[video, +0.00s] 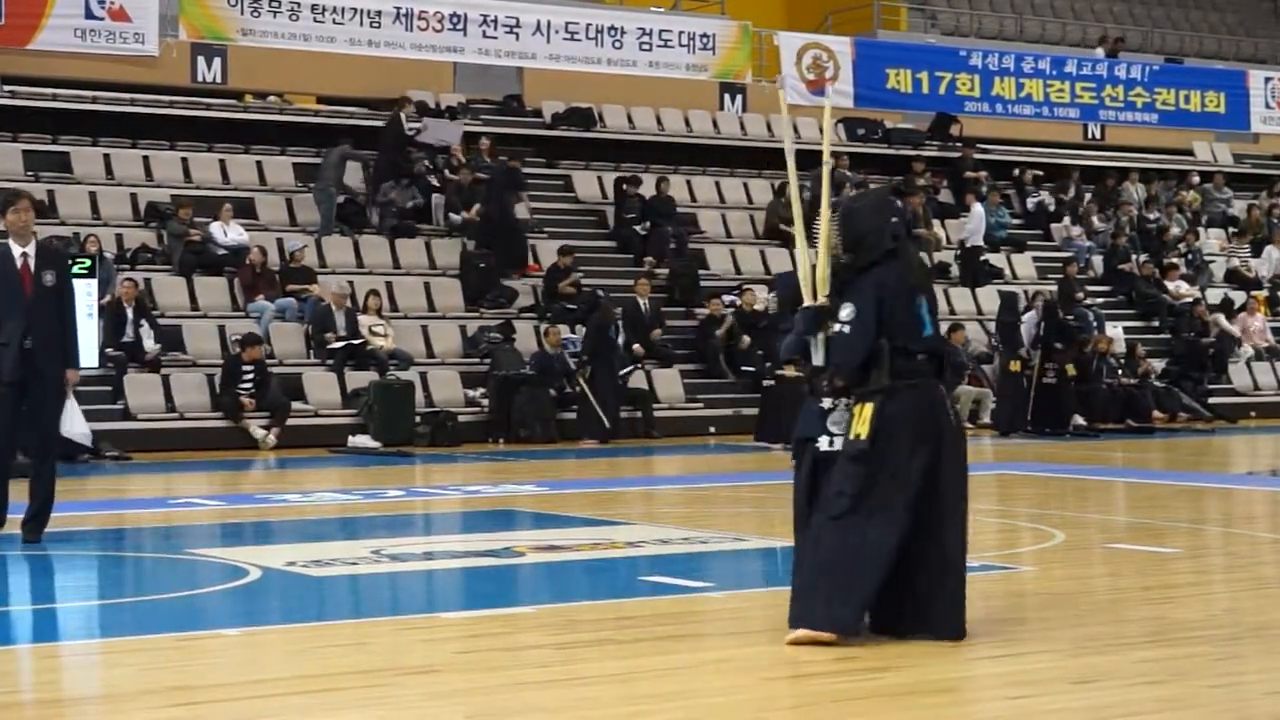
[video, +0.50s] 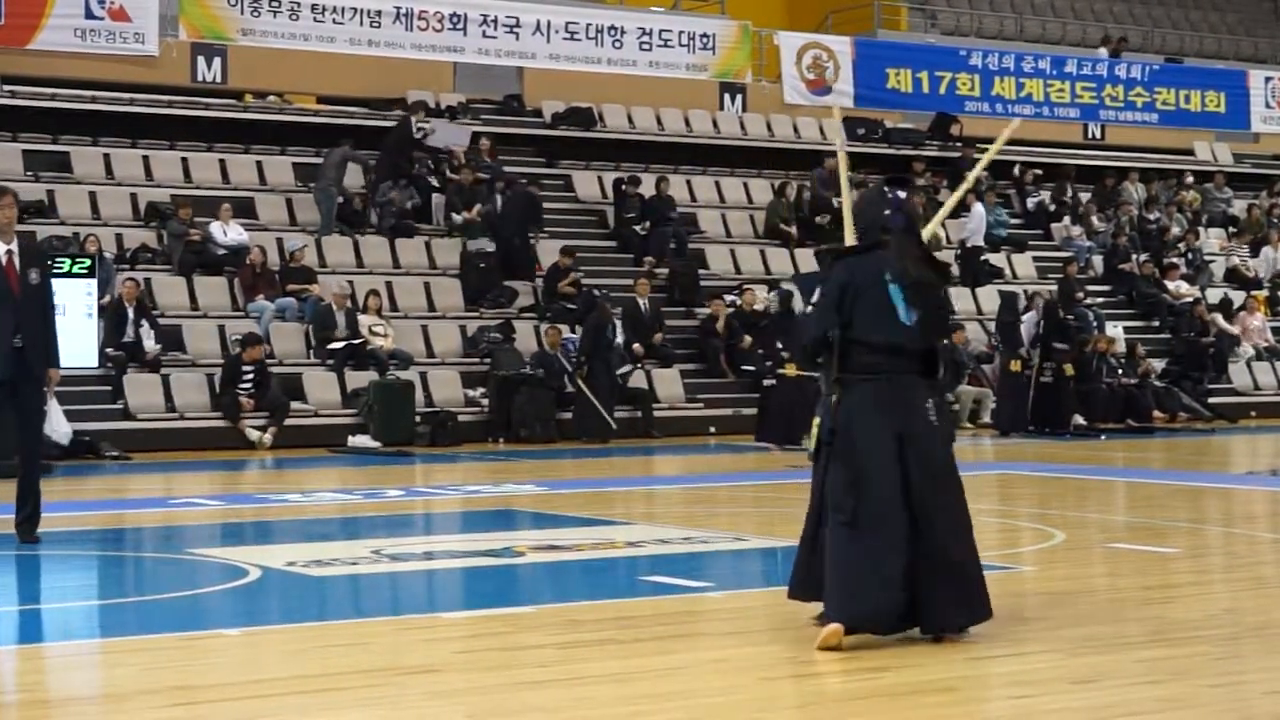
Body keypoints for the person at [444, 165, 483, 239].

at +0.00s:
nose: (464, 177)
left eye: (467, 174)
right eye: (462, 174)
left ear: (472, 176)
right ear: (458, 175)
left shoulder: (476, 189)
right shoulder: (454, 187)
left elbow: (478, 203)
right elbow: (453, 201)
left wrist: (472, 213)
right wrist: (463, 213)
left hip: (471, 216)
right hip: (455, 216)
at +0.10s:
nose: (465, 177)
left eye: (468, 175)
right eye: (462, 174)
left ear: (472, 177)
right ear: (459, 176)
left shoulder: (477, 190)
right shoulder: (453, 189)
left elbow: (478, 203)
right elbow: (454, 203)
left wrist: (472, 214)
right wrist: (464, 214)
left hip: (472, 216)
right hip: (455, 217)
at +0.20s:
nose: (464, 177)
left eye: (467, 174)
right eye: (462, 174)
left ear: (472, 176)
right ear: (458, 176)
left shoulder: (477, 189)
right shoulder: (454, 188)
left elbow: (478, 203)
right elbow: (454, 202)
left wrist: (472, 213)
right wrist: (463, 213)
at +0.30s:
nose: (465, 177)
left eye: (468, 174)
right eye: (462, 174)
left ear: (473, 176)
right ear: (459, 175)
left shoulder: (478, 188)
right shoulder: (454, 188)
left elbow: (479, 202)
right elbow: (454, 202)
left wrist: (472, 213)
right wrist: (464, 214)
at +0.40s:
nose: (466, 177)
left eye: (468, 174)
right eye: (463, 174)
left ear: (473, 176)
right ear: (459, 176)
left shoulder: (478, 189)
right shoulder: (454, 188)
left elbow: (479, 202)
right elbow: (455, 203)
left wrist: (473, 214)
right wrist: (465, 214)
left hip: (473, 217)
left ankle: (462, 219)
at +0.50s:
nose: (466, 177)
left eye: (468, 174)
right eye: (463, 174)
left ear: (473, 176)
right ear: (459, 176)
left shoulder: (478, 188)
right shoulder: (454, 188)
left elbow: (479, 202)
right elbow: (455, 202)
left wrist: (473, 214)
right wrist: (465, 214)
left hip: (474, 217)